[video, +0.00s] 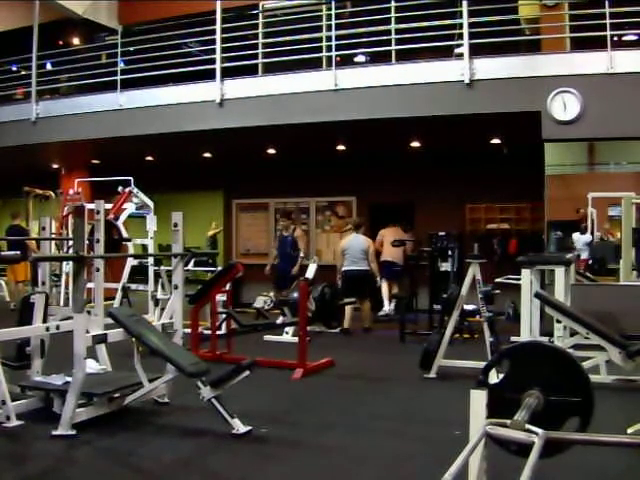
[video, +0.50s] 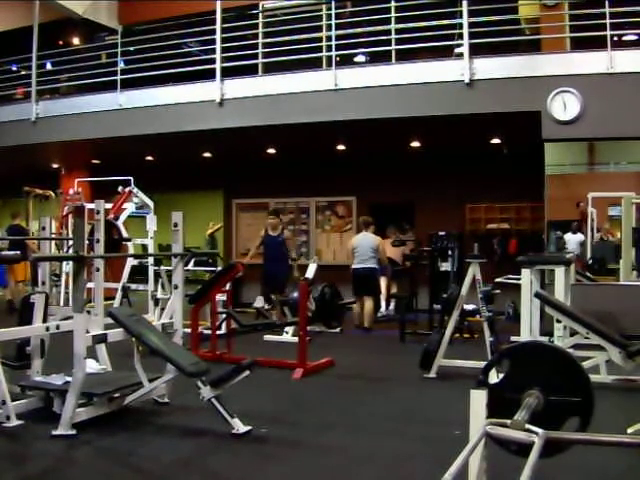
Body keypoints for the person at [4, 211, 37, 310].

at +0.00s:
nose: (21, 218)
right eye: (21, 216)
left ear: (11, 218)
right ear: (20, 217)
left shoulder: (8, 230)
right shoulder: (23, 230)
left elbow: (7, 242)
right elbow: (30, 243)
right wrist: (37, 251)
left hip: (10, 259)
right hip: (21, 258)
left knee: (12, 283)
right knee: (21, 283)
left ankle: (12, 302)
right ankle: (21, 303)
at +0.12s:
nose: (21, 218)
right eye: (21, 216)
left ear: (11, 218)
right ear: (20, 217)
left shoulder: (8, 230)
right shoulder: (23, 230)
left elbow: (7, 242)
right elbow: (30, 243)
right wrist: (37, 251)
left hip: (10, 258)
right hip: (21, 258)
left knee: (12, 283)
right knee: (20, 283)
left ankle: (12, 302)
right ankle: (21, 303)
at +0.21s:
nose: (21, 218)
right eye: (21, 216)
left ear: (12, 217)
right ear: (20, 217)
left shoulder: (8, 230)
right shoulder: (23, 230)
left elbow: (7, 242)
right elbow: (30, 244)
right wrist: (38, 251)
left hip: (10, 259)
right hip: (21, 258)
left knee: (11, 283)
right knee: (20, 283)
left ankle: (12, 302)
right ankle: (21, 303)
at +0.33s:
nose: (20, 219)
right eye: (20, 217)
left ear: (12, 218)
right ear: (20, 217)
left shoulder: (8, 230)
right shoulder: (23, 230)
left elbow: (8, 242)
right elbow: (29, 243)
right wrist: (37, 250)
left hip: (10, 259)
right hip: (21, 258)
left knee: (11, 283)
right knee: (21, 283)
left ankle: (13, 302)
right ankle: (21, 302)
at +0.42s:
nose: (20, 219)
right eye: (20, 217)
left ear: (11, 218)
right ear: (20, 217)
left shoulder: (8, 229)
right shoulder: (23, 230)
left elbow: (8, 242)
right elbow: (29, 243)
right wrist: (36, 250)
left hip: (10, 259)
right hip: (22, 258)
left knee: (11, 282)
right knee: (21, 283)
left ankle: (11, 300)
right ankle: (21, 302)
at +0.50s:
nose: (21, 218)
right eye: (21, 216)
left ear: (12, 217)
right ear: (20, 217)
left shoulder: (9, 229)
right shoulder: (23, 230)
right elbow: (29, 243)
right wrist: (36, 250)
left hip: (10, 258)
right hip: (21, 258)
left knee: (11, 281)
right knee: (20, 282)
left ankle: (10, 299)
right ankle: (20, 302)